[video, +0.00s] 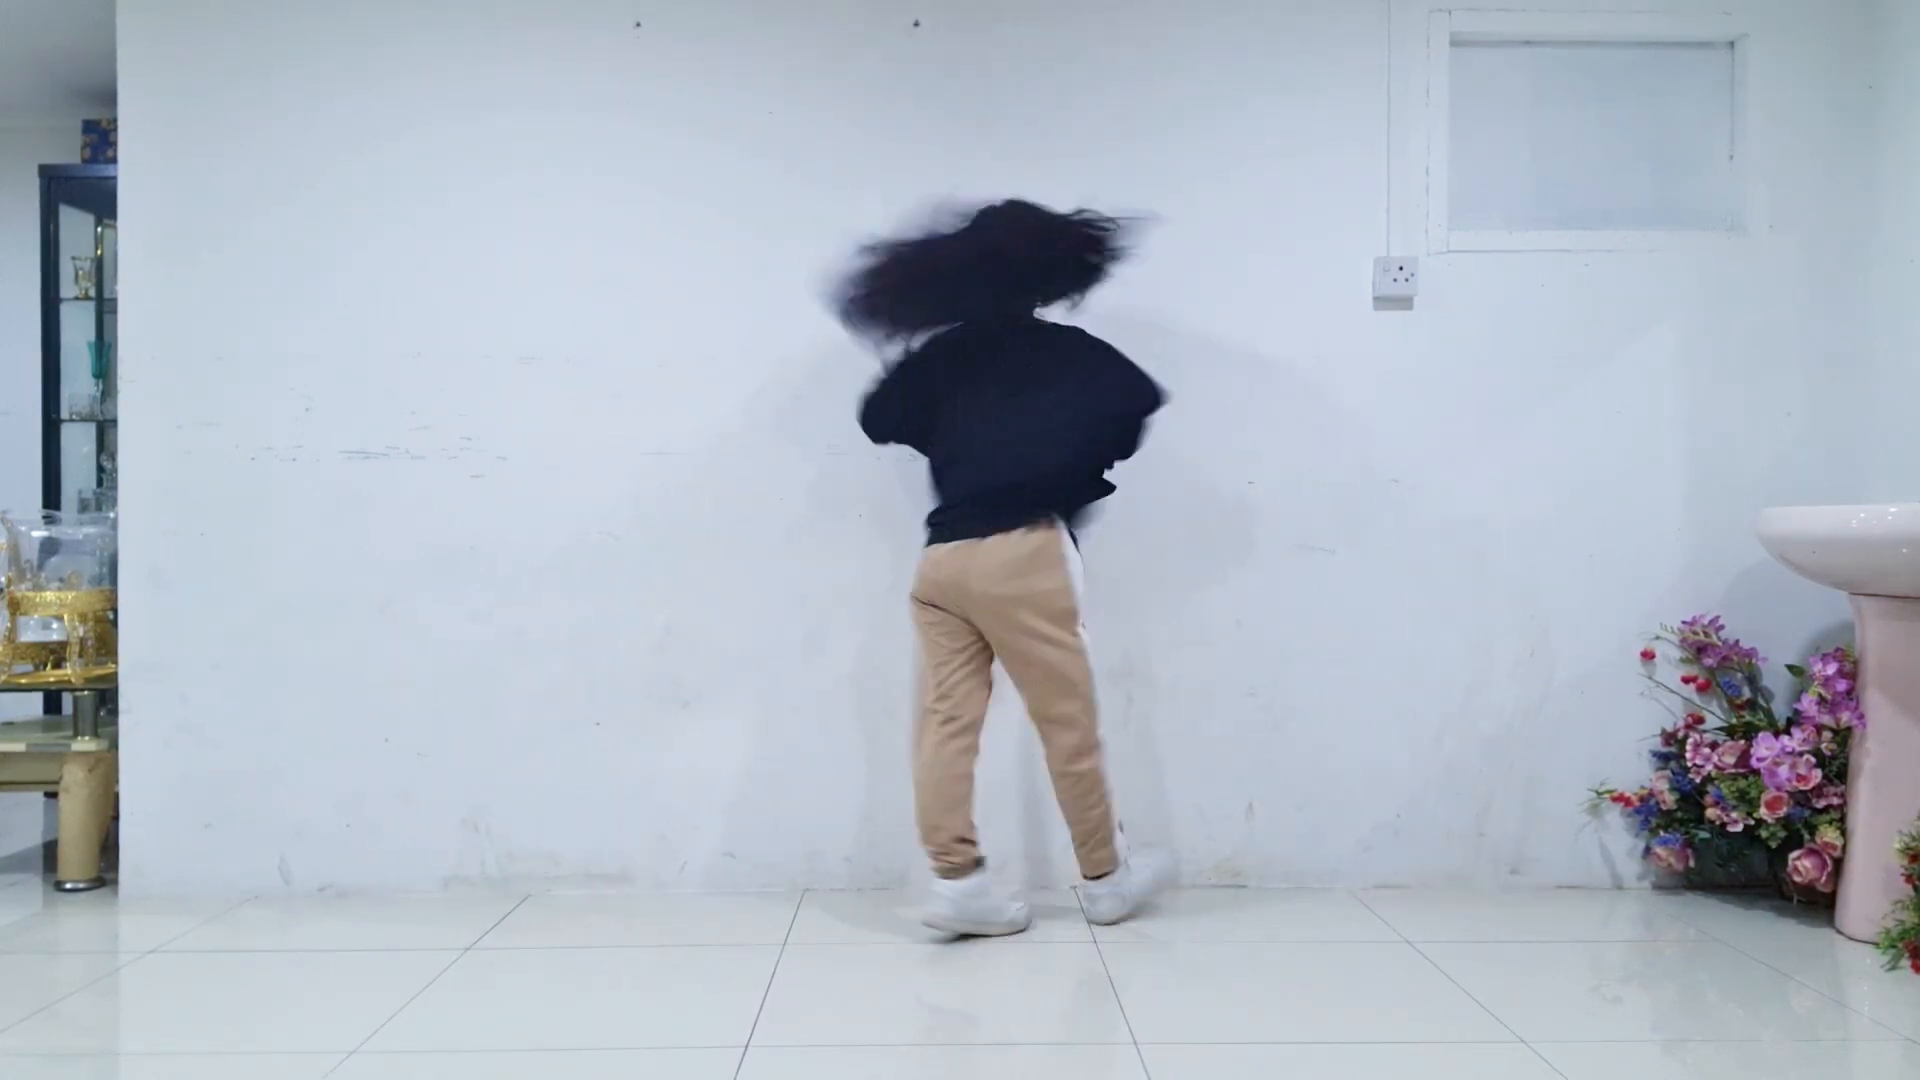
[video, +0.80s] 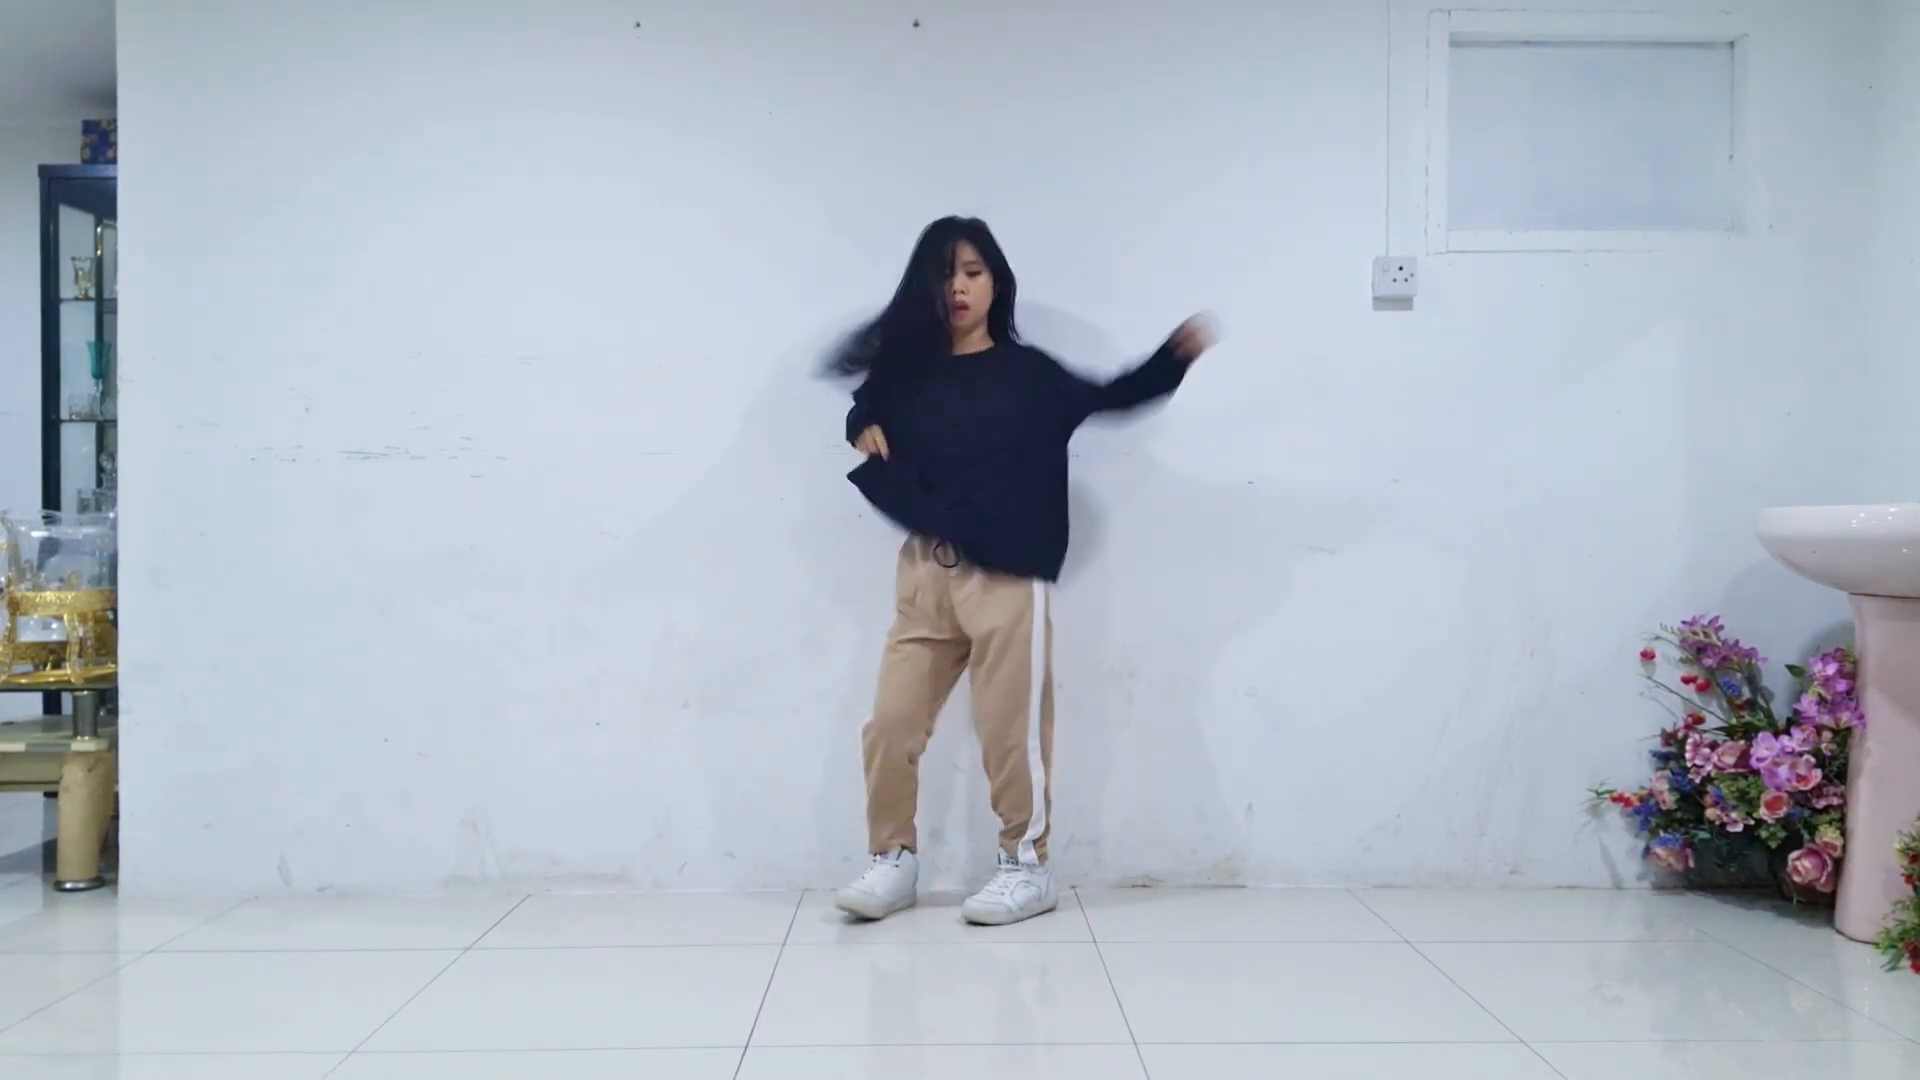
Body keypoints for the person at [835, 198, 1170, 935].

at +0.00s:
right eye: (1035, 278)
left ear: (963, 287)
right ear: (1035, 283)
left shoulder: (939, 362)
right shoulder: (1067, 350)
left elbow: (878, 417)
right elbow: (1135, 405)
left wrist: (949, 414)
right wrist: (1086, 460)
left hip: (941, 562)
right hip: (1025, 558)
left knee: (947, 723)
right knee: (1066, 720)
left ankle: (956, 884)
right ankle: (1103, 877)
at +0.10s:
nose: (949, 294)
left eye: (953, 284)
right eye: (955, 283)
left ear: (963, 289)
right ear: (1027, 287)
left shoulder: (935, 350)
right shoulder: (1053, 350)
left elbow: (886, 390)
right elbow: (1140, 398)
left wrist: (873, 350)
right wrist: (1076, 461)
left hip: (952, 560)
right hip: (1033, 549)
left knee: (961, 718)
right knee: (1059, 711)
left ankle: (993, 887)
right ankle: (1084, 873)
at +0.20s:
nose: (932, 269)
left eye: (944, 257)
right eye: (937, 255)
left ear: (978, 275)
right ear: (1000, 279)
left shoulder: (965, 347)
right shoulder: (1032, 350)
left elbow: (950, 387)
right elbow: (1076, 410)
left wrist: (910, 336)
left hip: (980, 561)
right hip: (1035, 545)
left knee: (995, 718)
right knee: (1046, 713)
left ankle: (1019, 883)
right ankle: (1080, 875)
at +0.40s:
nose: (933, 260)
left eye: (954, 249)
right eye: (928, 248)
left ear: (988, 268)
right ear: (916, 263)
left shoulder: (1012, 331)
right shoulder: (929, 353)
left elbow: (1065, 382)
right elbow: (939, 426)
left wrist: (1023, 298)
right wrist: (888, 417)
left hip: (1021, 551)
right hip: (960, 556)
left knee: (1025, 704)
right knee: (996, 710)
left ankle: (1046, 862)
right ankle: (1057, 842)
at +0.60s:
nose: (958, 266)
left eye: (975, 254)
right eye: (945, 254)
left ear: (999, 271)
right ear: (927, 271)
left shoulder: (1034, 353)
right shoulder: (909, 363)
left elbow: (1115, 381)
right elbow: (901, 461)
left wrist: (1122, 308)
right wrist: (872, 421)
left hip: (1019, 560)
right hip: (940, 557)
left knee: (1020, 715)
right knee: (932, 721)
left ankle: (1030, 864)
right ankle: (1003, 820)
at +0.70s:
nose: (962, 279)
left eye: (978, 265)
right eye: (949, 266)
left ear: (1001, 279)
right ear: (931, 281)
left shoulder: (1047, 359)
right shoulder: (909, 369)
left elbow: (1135, 332)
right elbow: (861, 398)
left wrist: (1216, 295)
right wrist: (862, 415)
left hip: (1017, 565)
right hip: (935, 561)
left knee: (1016, 724)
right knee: (902, 725)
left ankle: (1026, 866)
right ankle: (924, 848)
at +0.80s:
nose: (959, 286)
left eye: (974, 271)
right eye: (945, 274)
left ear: (997, 283)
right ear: (926, 287)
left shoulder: (1032, 375)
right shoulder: (907, 372)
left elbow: (1114, 398)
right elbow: (865, 403)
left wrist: (1171, 359)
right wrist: (865, 423)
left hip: (1010, 578)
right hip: (926, 571)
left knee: (1008, 727)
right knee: (890, 728)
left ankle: (1026, 866)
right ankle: (893, 862)